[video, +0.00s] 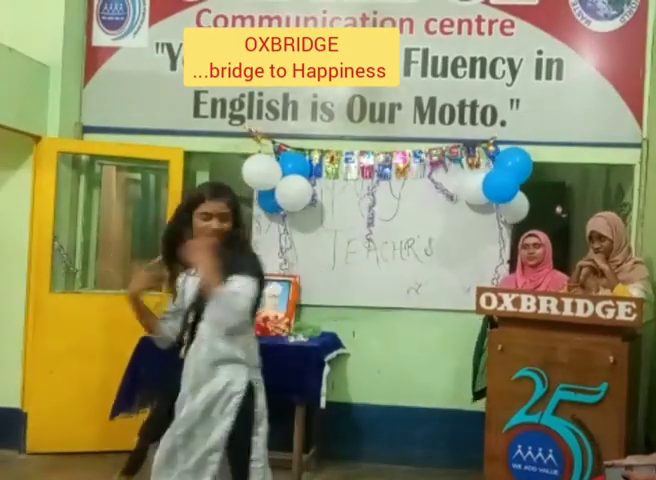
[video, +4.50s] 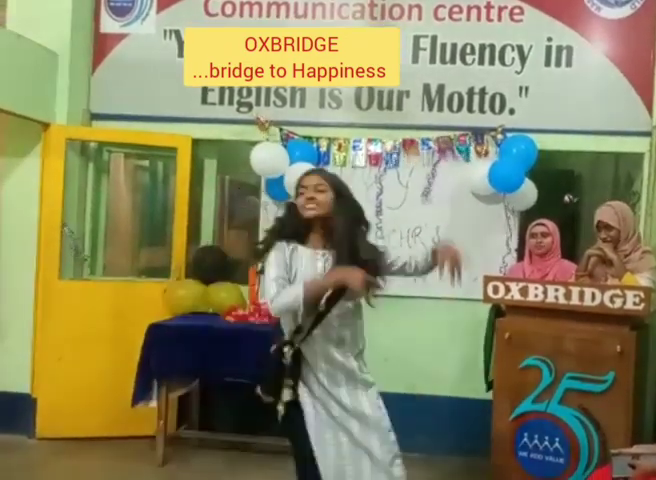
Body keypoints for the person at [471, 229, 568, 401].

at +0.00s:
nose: (531, 251)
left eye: (536, 246)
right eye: (525, 247)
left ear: (546, 250)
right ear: (519, 252)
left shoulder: (561, 281)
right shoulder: (507, 282)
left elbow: (565, 318)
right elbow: (496, 319)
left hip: (548, 349)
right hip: (512, 348)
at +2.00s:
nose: (531, 252)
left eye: (537, 247)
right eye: (526, 247)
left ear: (547, 251)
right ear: (520, 252)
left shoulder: (562, 281)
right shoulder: (508, 281)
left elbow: (565, 316)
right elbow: (498, 317)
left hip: (550, 347)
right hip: (514, 346)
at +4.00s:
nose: (538, 244)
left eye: (544, 239)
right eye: (533, 239)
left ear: (554, 242)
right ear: (527, 244)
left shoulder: (568, 272)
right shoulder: (515, 272)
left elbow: (572, 310)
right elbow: (503, 310)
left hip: (555, 341)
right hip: (518, 341)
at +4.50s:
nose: (539, 240)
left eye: (544, 236)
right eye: (534, 236)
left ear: (554, 240)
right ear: (527, 241)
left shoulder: (569, 270)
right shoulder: (515, 270)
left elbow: (572, 308)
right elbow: (503, 306)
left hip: (556, 338)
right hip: (519, 337)